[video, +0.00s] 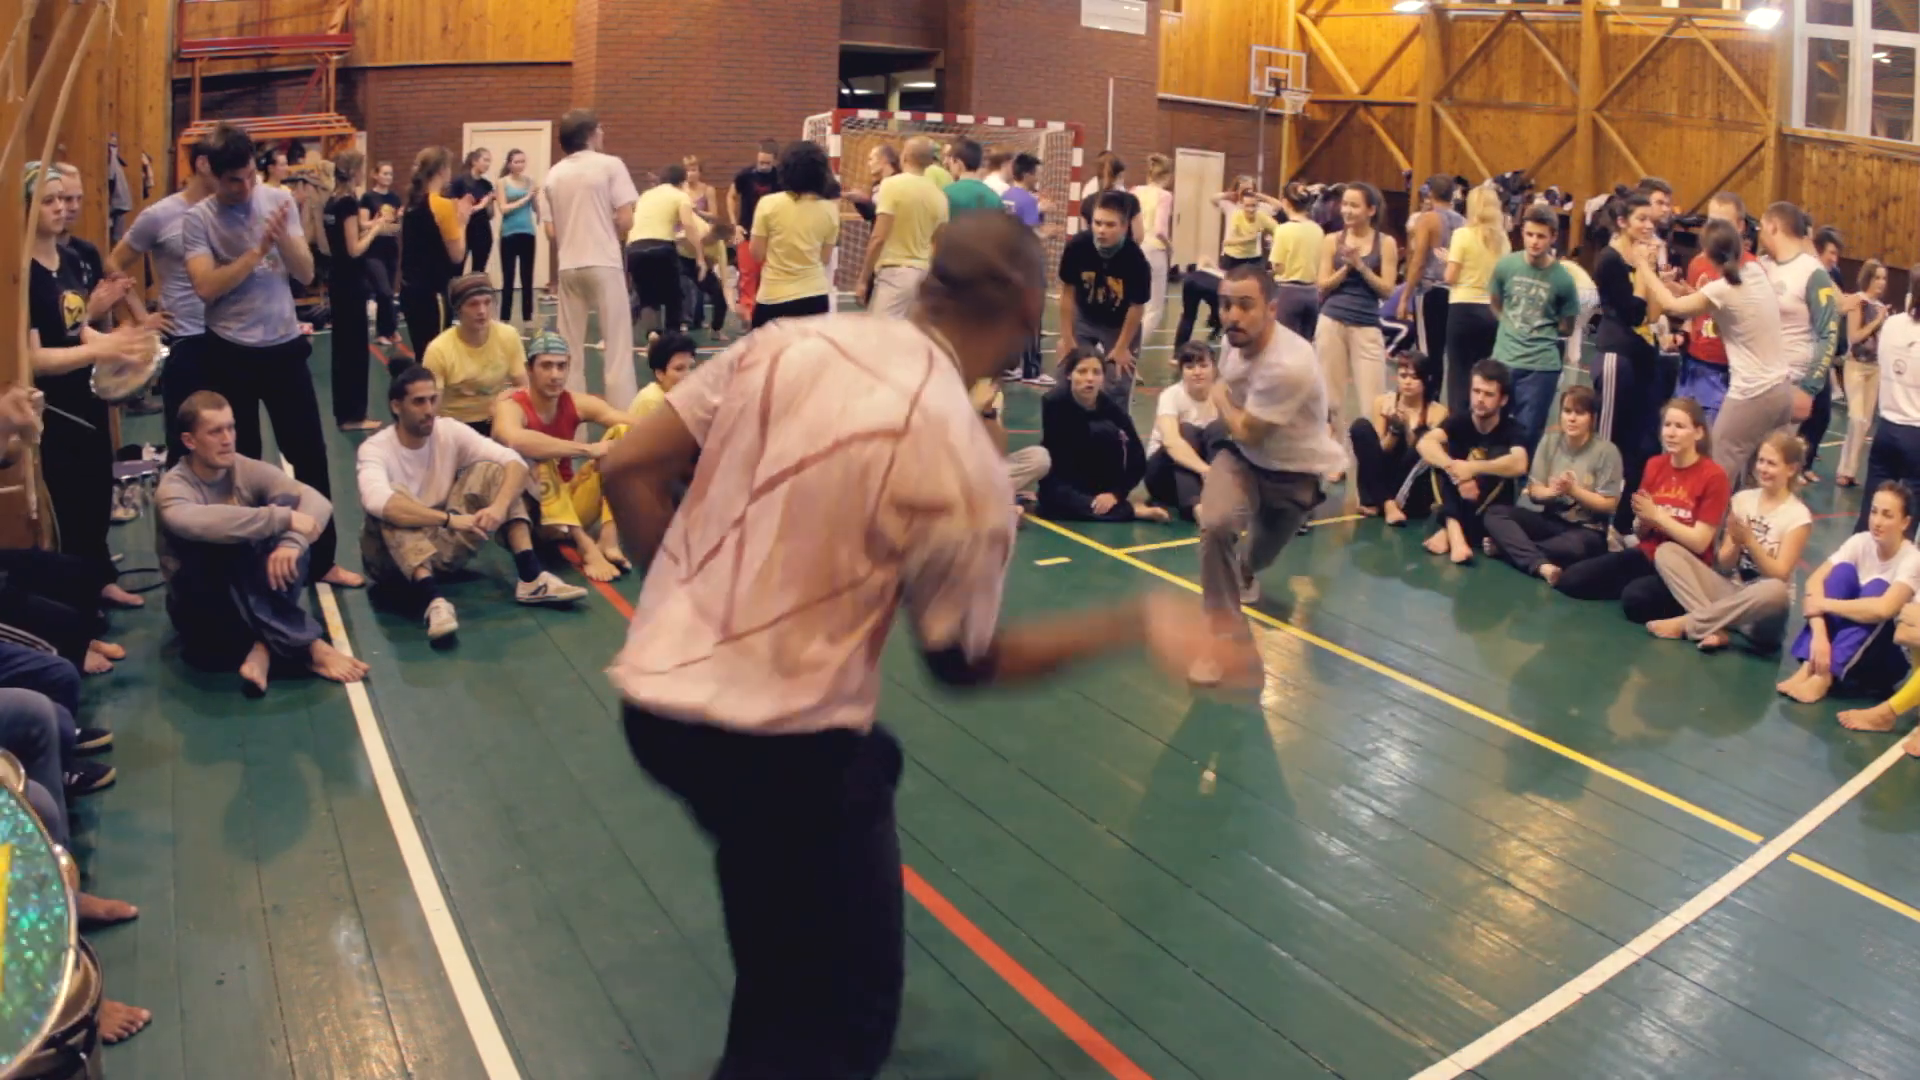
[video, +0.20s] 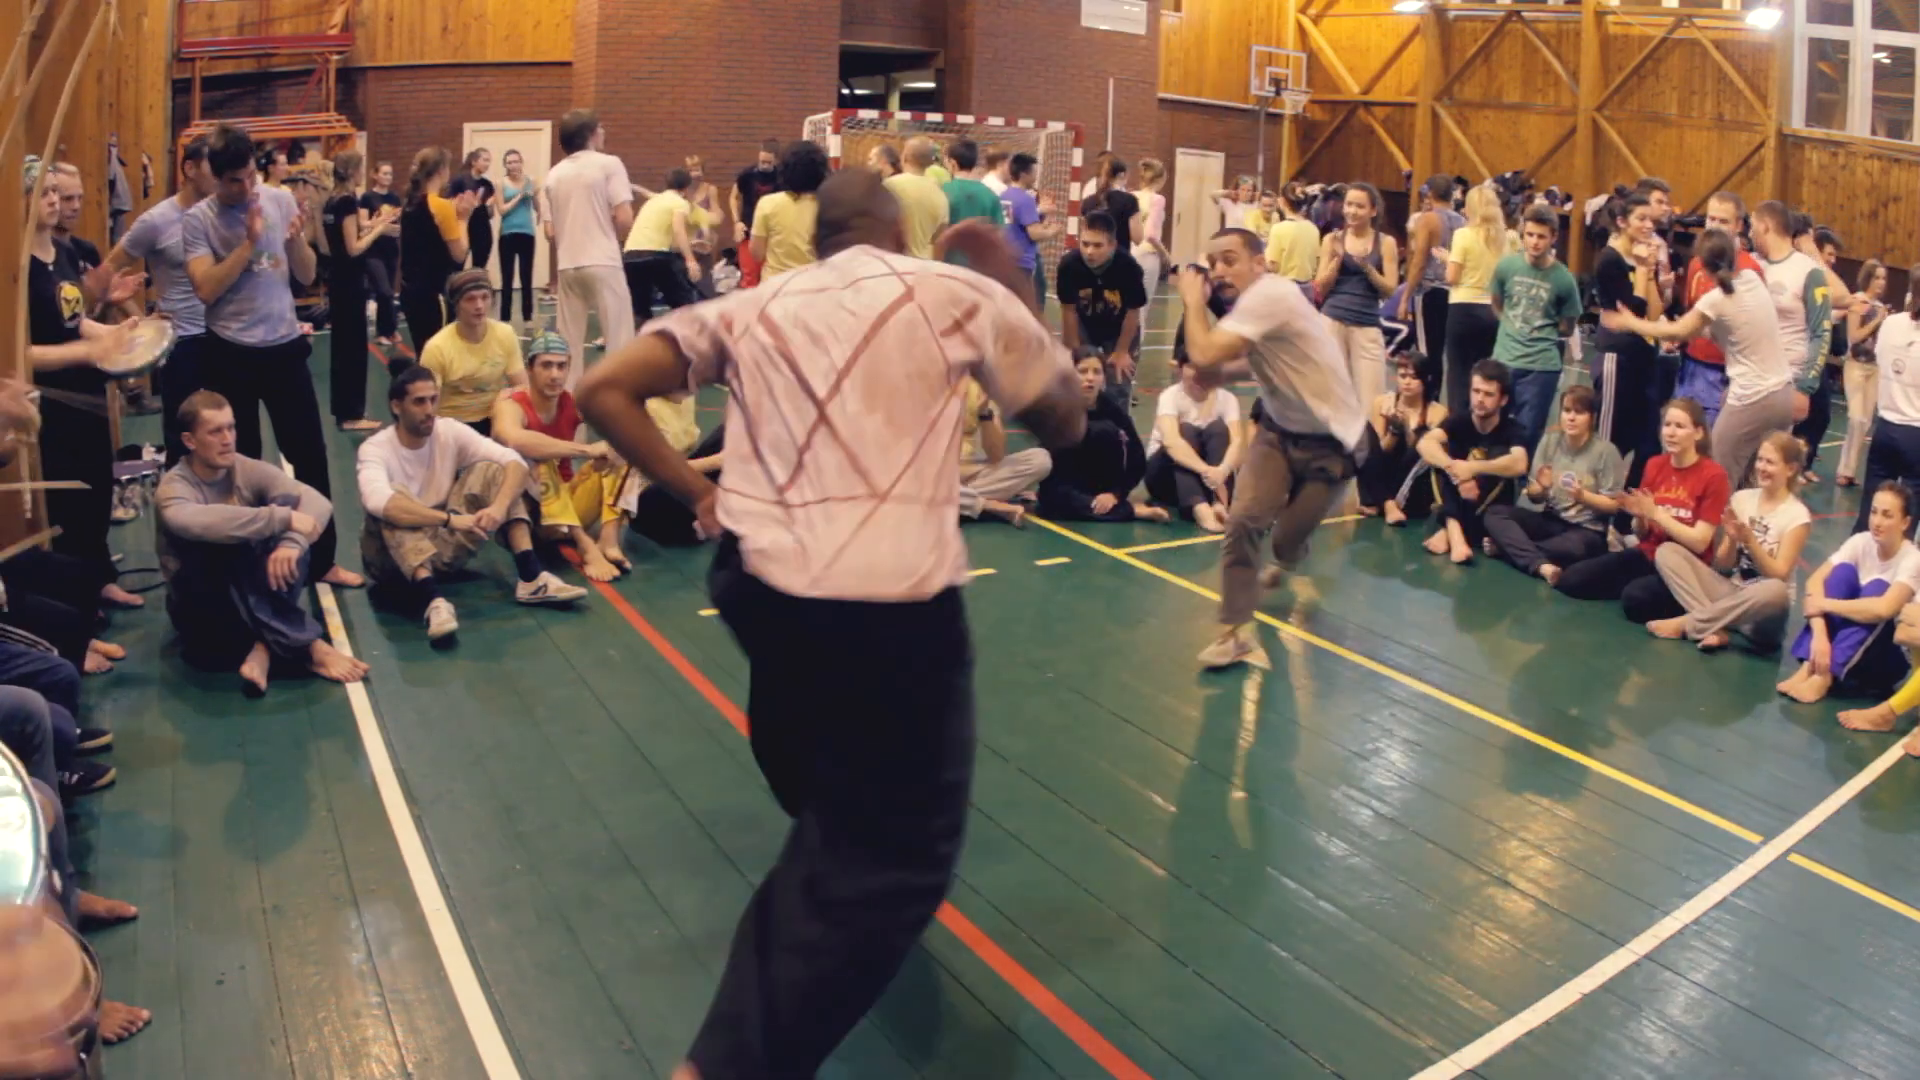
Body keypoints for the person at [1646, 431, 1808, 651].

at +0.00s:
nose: (1763, 469)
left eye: (1772, 464)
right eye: (1760, 461)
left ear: (1791, 470)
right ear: (1755, 463)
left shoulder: (1798, 515)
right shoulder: (1741, 499)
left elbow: (1780, 572)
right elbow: (1724, 563)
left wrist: (1748, 541)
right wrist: (1736, 541)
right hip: (1728, 590)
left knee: (1774, 590)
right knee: (1666, 552)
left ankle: (1685, 624)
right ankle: (1712, 629)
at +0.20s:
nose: (1761, 467)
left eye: (1770, 462)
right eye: (1759, 460)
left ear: (1791, 469)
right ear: (1754, 462)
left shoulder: (1798, 515)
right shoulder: (1740, 498)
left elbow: (1779, 572)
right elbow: (1721, 564)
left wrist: (1749, 540)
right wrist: (1732, 540)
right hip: (1727, 589)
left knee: (1774, 590)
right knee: (1667, 551)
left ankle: (1686, 624)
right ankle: (1712, 629)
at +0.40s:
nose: (1760, 466)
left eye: (1768, 461)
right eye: (1757, 458)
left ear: (1788, 469)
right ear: (1751, 462)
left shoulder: (1796, 514)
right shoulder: (1739, 498)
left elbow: (1780, 572)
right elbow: (1722, 562)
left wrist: (1743, 541)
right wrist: (1733, 543)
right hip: (1728, 592)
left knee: (1774, 590)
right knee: (1667, 551)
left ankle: (1685, 624)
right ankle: (1711, 629)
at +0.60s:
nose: (1753, 466)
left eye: (1761, 460)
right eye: (1752, 459)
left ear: (1783, 468)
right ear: (1747, 462)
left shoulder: (1795, 515)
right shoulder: (1738, 498)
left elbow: (1780, 574)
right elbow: (1722, 563)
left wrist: (1748, 549)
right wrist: (1725, 543)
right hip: (1729, 591)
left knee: (1775, 590)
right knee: (1667, 551)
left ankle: (1685, 624)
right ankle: (1711, 629)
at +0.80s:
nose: (1748, 467)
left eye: (1757, 462)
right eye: (1748, 460)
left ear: (1779, 469)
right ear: (1744, 463)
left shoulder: (1793, 516)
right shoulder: (1737, 499)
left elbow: (1776, 575)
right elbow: (1721, 564)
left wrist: (1739, 543)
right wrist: (1731, 543)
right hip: (1729, 593)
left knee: (1774, 591)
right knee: (1666, 552)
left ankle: (1685, 624)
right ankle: (1711, 629)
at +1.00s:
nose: (1747, 468)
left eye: (1755, 463)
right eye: (1747, 462)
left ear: (1778, 470)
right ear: (1743, 463)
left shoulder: (1792, 519)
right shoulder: (1735, 500)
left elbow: (1774, 577)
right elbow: (1721, 567)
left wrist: (1738, 545)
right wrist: (1725, 545)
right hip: (1728, 595)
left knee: (1774, 592)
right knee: (1666, 552)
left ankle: (1685, 624)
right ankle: (1711, 629)